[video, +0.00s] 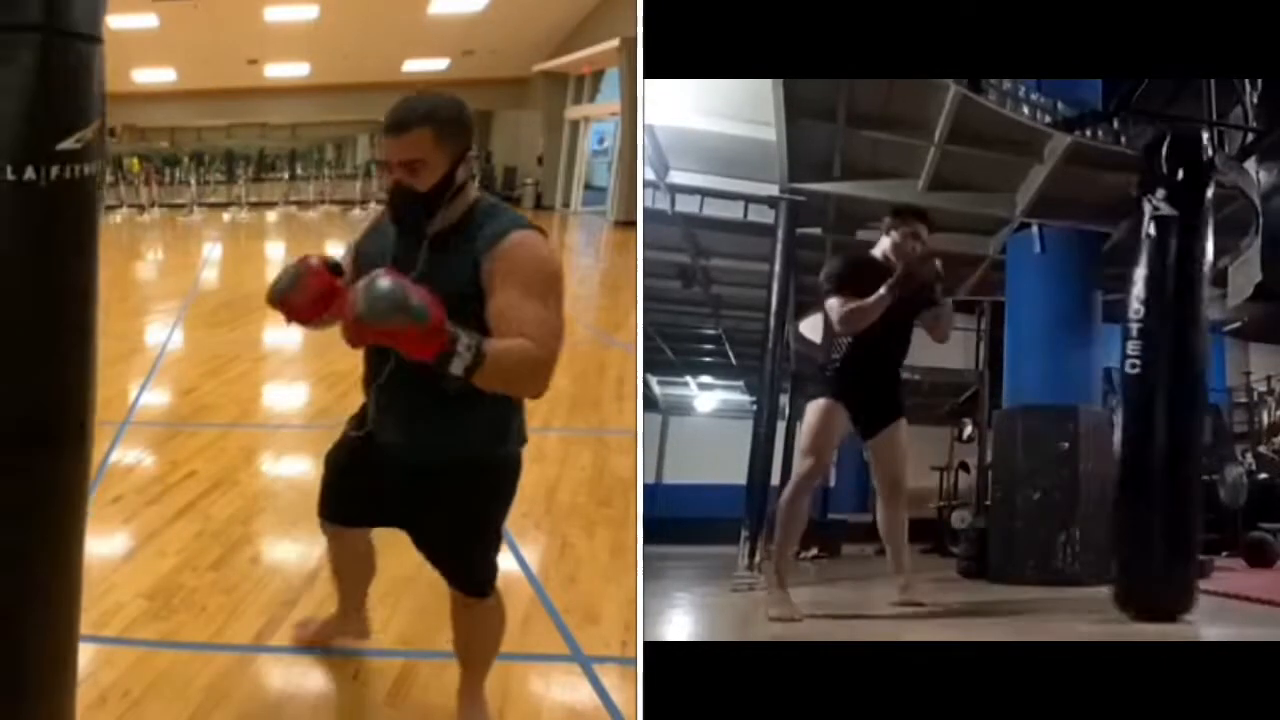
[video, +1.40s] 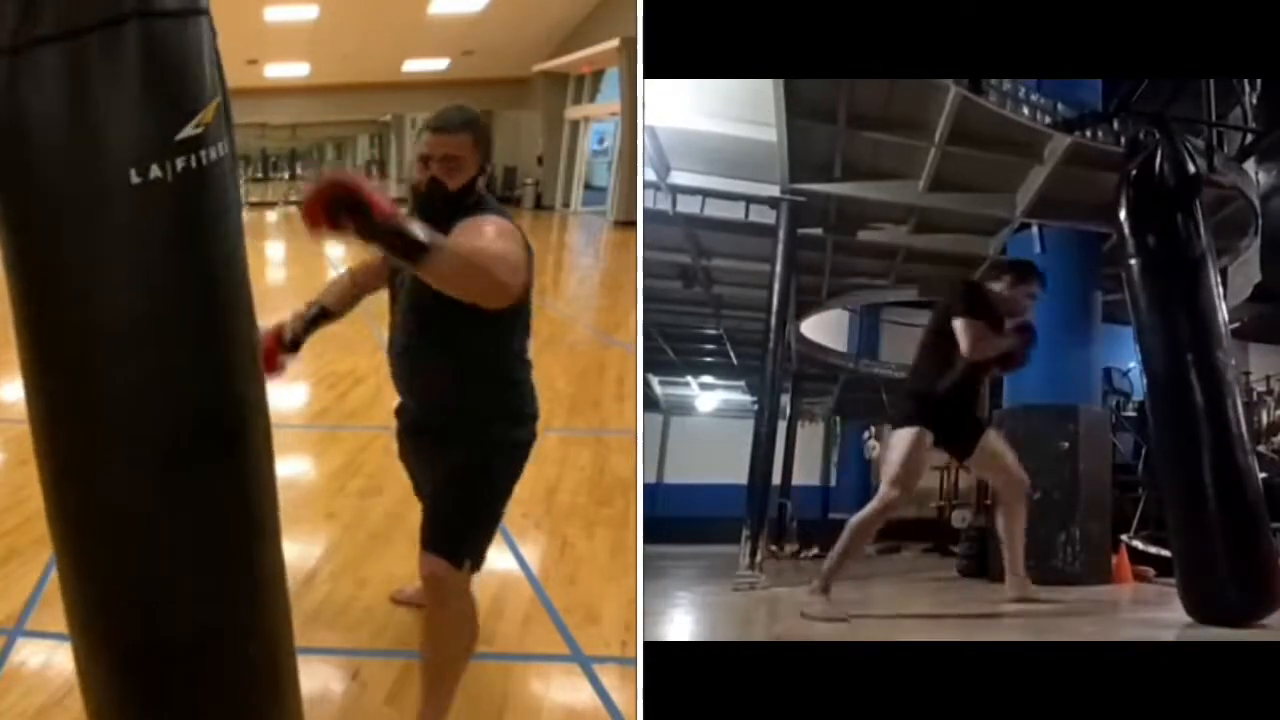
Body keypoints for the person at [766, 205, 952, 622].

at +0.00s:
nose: (913, 245)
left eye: (919, 240)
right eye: (908, 236)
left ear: (924, 248)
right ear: (886, 235)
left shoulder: (916, 283)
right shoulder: (849, 267)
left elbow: (940, 333)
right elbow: (841, 322)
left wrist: (934, 284)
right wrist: (890, 287)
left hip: (884, 390)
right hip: (838, 383)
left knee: (893, 488)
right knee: (810, 470)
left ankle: (904, 584)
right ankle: (776, 587)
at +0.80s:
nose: (945, 273)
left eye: (950, 268)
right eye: (941, 263)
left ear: (946, 270)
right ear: (918, 255)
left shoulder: (928, 300)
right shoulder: (880, 277)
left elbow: (932, 360)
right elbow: (864, 316)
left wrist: (947, 329)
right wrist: (918, 299)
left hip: (896, 401)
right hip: (854, 395)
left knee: (930, 487)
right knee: (833, 490)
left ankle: (953, 581)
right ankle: (785, 583)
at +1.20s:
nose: (986, 282)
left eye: (991, 274)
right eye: (981, 271)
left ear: (991, 276)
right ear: (957, 263)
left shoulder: (979, 309)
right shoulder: (915, 284)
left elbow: (985, 360)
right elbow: (891, 342)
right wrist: (945, 318)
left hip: (942, 405)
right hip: (899, 397)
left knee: (989, 480)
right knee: (877, 480)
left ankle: (962, 574)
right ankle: (827, 586)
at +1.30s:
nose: (1003, 287)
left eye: (1007, 281)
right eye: (999, 278)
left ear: (1006, 280)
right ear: (980, 269)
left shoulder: (992, 308)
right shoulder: (940, 285)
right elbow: (918, 332)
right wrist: (969, 316)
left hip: (946, 404)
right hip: (904, 397)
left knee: (991, 480)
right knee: (883, 485)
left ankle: (997, 577)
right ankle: (827, 586)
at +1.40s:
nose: (1029, 308)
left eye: (1033, 300)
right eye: (1027, 297)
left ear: (1013, 294)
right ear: (1005, 286)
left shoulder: (1000, 321)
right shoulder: (967, 296)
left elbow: (987, 365)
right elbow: (970, 347)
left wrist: (1010, 355)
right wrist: (1013, 340)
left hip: (962, 418)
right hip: (921, 410)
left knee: (1015, 483)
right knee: (890, 496)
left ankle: (1017, 581)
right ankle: (820, 589)